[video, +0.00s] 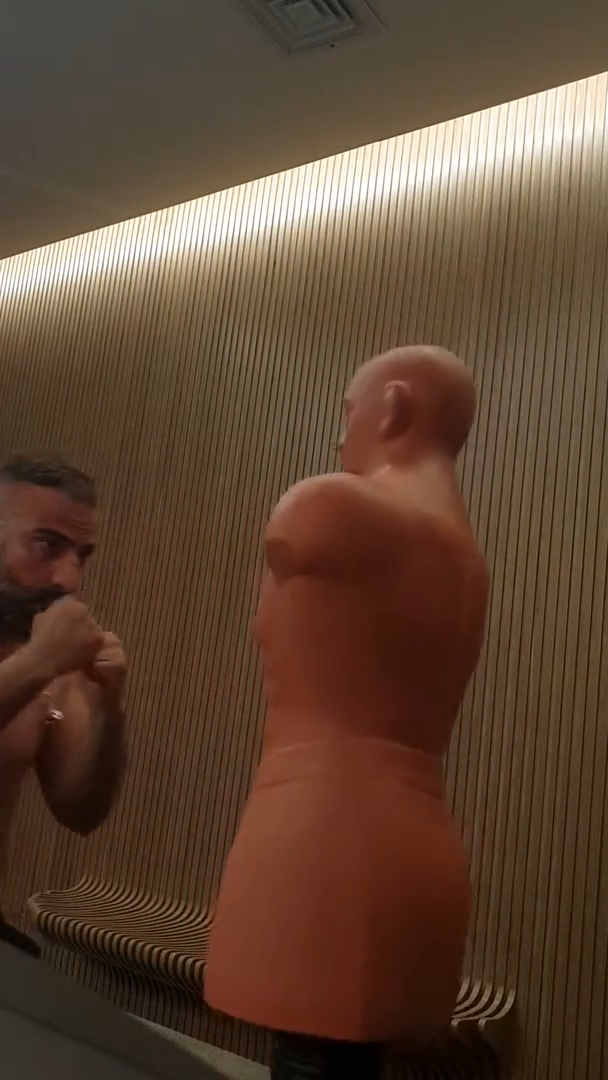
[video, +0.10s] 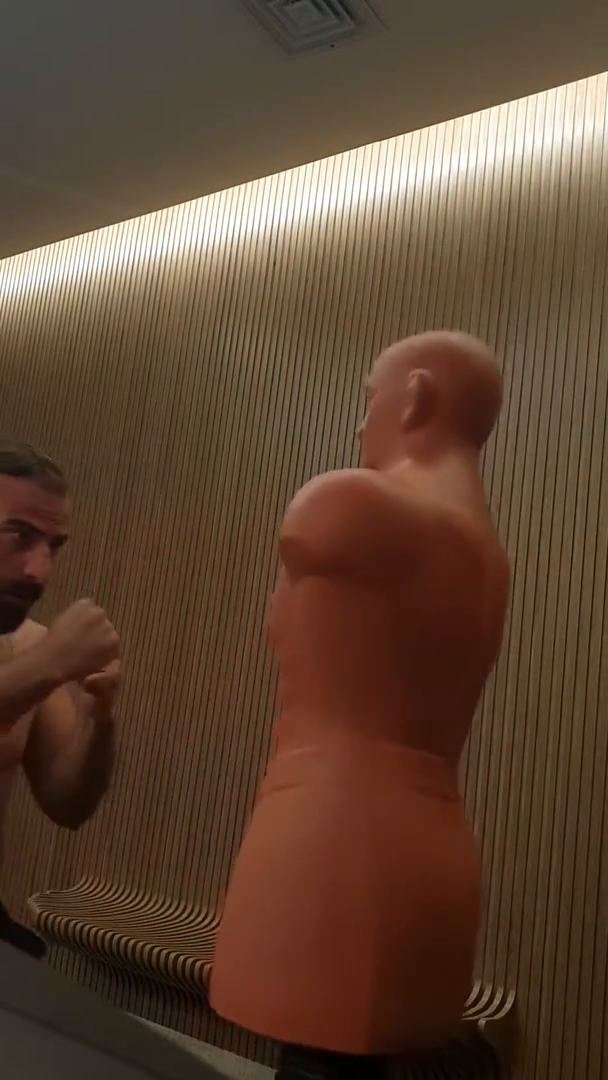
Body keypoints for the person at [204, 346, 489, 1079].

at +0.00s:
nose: (342, 432)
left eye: (350, 413)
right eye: (344, 415)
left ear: (393, 410)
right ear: (455, 433)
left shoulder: (339, 509)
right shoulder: (465, 552)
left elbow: (289, 533)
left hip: (323, 842)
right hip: (415, 834)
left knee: (310, 1063)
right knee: (374, 1063)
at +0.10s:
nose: (362, 418)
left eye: (373, 396)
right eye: (366, 397)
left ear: (416, 400)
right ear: (481, 428)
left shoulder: (345, 505)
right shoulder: (487, 553)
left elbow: (296, 537)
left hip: (329, 856)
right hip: (432, 850)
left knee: (310, 1062)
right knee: (388, 1063)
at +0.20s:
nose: (374, 396)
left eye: (385, 371)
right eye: (378, 373)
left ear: (434, 375)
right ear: (501, 402)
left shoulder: (350, 503)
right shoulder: (504, 543)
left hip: (332, 865)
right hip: (438, 858)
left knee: (298, 1062)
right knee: (397, 1063)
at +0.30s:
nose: (368, 375)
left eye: (381, 348)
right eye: (373, 350)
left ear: (432, 356)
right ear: (501, 381)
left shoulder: (337, 504)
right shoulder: (507, 532)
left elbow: (276, 621)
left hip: (325, 875)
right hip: (441, 860)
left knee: (280, 1065)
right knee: (397, 1066)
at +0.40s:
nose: (379, 368)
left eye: (393, 339)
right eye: (385, 342)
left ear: (448, 348)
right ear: (517, 370)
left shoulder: (351, 508)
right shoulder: (519, 530)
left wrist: (402, 461)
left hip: (331, 889)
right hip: (446, 872)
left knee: (278, 1065)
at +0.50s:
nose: (394, 385)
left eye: (403, 361)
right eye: (398, 360)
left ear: (439, 367)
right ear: (518, 377)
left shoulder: (395, 505)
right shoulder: (533, 528)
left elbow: (345, 527)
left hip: (356, 871)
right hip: (457, 860)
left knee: (300, 1063)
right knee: (404, 1065)